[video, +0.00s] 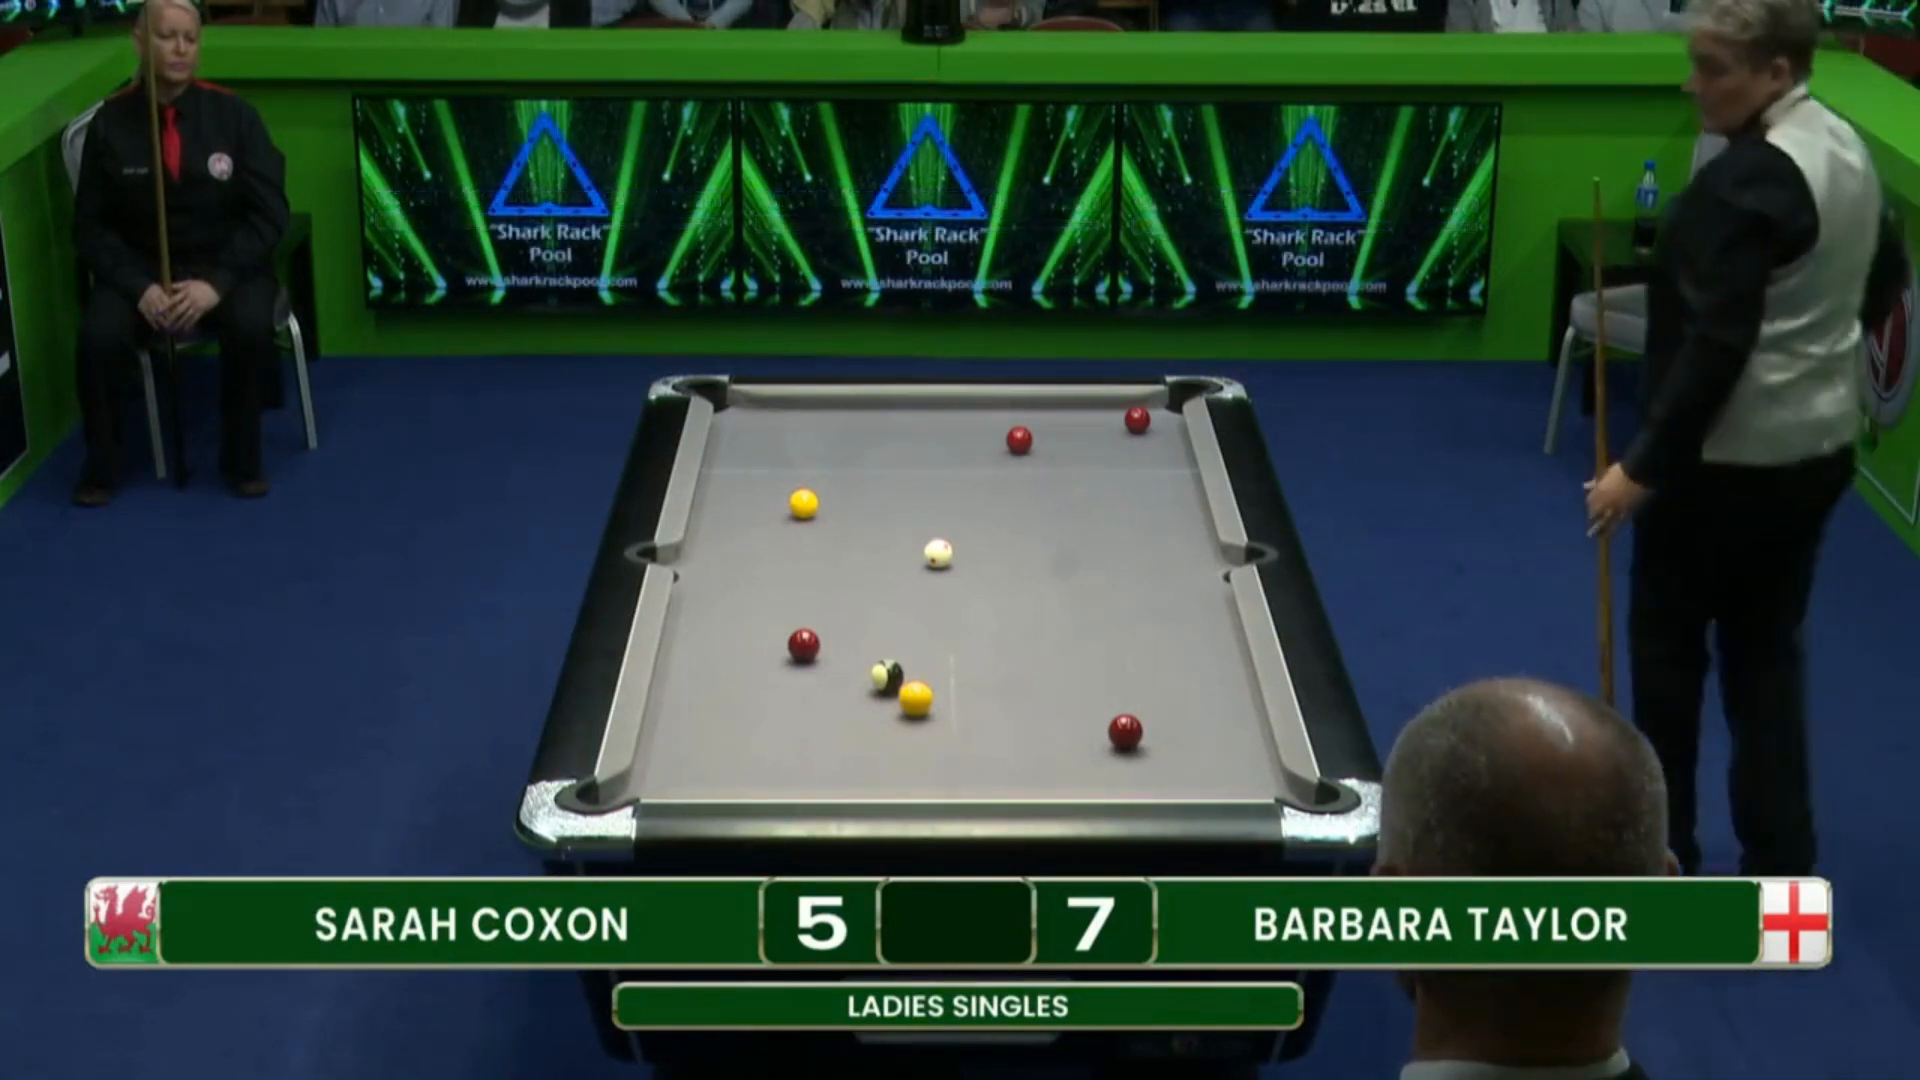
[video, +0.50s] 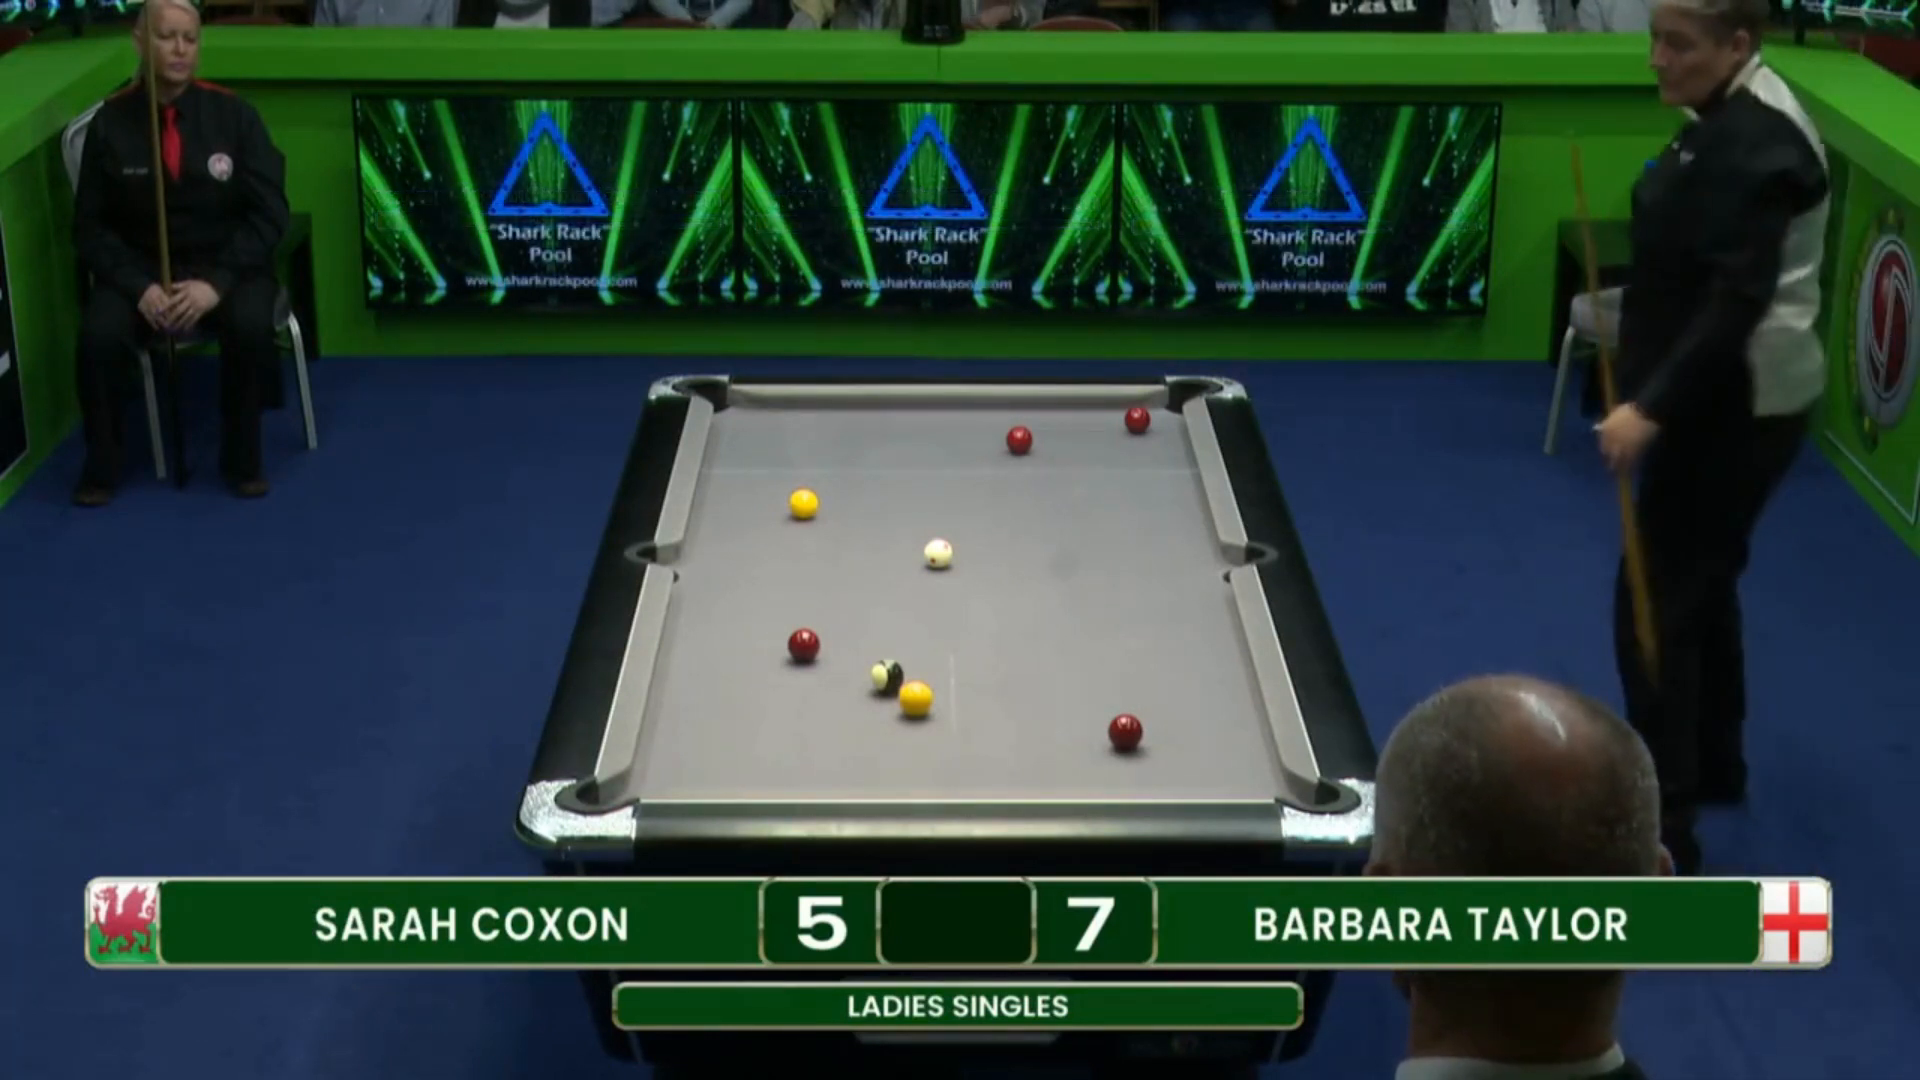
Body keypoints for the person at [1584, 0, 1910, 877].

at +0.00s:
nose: (1694, 84)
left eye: (1712, 68)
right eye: (1694, 65)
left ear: (1776, 73)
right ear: (1785, 75)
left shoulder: (1741, 180)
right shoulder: (1845, 146)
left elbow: (1715, 349)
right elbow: (1883, 283)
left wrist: (1637, 468)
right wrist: (1815, 346)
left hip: (1723, 464)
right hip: (1816, 453)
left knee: (1665, 655)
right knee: (1767, 658)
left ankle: (1666, 851)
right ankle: (1782, 865)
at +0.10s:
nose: (1677, 80)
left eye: (1695, 65)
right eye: (1677, 61)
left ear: (1759, 68)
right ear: (1769, 72)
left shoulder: (1724, 176)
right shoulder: (1828, 140)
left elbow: (1696, 341)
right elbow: (1855, 279)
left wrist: (1625, 461)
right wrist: (1785, 329)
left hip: (1709, 452)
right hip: (1789, 443)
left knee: (1655, 644)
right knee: (1724, 622)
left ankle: (1660, 840)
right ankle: (1781, 824)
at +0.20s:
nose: (1670, 77)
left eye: (1689, 63)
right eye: (1670, 58)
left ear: (1752, 65)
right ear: (1759, 66)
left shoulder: (1721, 173)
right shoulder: (1807, 128)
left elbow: (1692, 333)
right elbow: (1845, 267)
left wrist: (1619, 455)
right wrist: (1765, 322)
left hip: (1707, 444)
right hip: (1779, 434)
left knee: (1652, 628)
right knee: (1699, 595)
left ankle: (1661, 830)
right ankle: (1772, 796)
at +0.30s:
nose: (1664, 67)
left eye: (1682, 53)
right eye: (1662, 48)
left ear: (1744, 55)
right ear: (1746, 55)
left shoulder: (1722, 163)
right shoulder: (1789, 116)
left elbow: (1695, 321)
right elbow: (1819, 264)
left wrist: (1618, 434)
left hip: (1711, 431)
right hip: (1769, 417)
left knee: (1653, 615)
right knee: (1693, 590)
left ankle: (1668, 829)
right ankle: (1727, 779)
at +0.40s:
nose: (1662, 63)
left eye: (1680, 48)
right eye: (1660, 45)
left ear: (1741, 51)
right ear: (1739, 51)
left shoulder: (1735, 153)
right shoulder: (1775, 111)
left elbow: (1707, 313)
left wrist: (1622, 421)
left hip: (1714, 422)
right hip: (1757, 407)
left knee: (1657, 610)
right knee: (1695, 591)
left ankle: (1666, 822)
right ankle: (1711, 765)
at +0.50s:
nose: (1659, 60)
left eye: (1677, 43)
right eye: (1656, 41)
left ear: (1737, 46)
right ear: (1719, 44)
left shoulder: (1754, 142)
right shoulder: (1732, 118)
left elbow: (1735, 302)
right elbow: (1699, 273)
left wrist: (1649, 406)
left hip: (1731, 410)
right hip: (1722, 396)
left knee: (1654, 601)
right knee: (1699, 586)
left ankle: (1666, 814)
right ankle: (1714, 765)